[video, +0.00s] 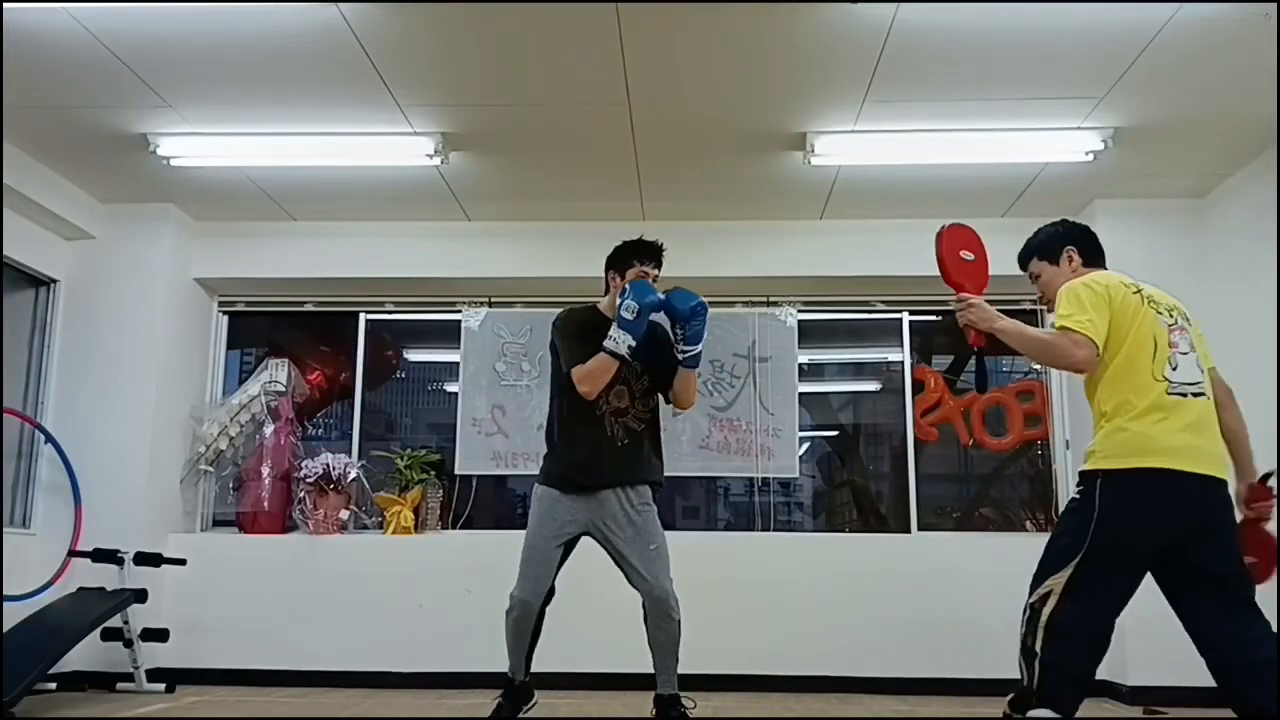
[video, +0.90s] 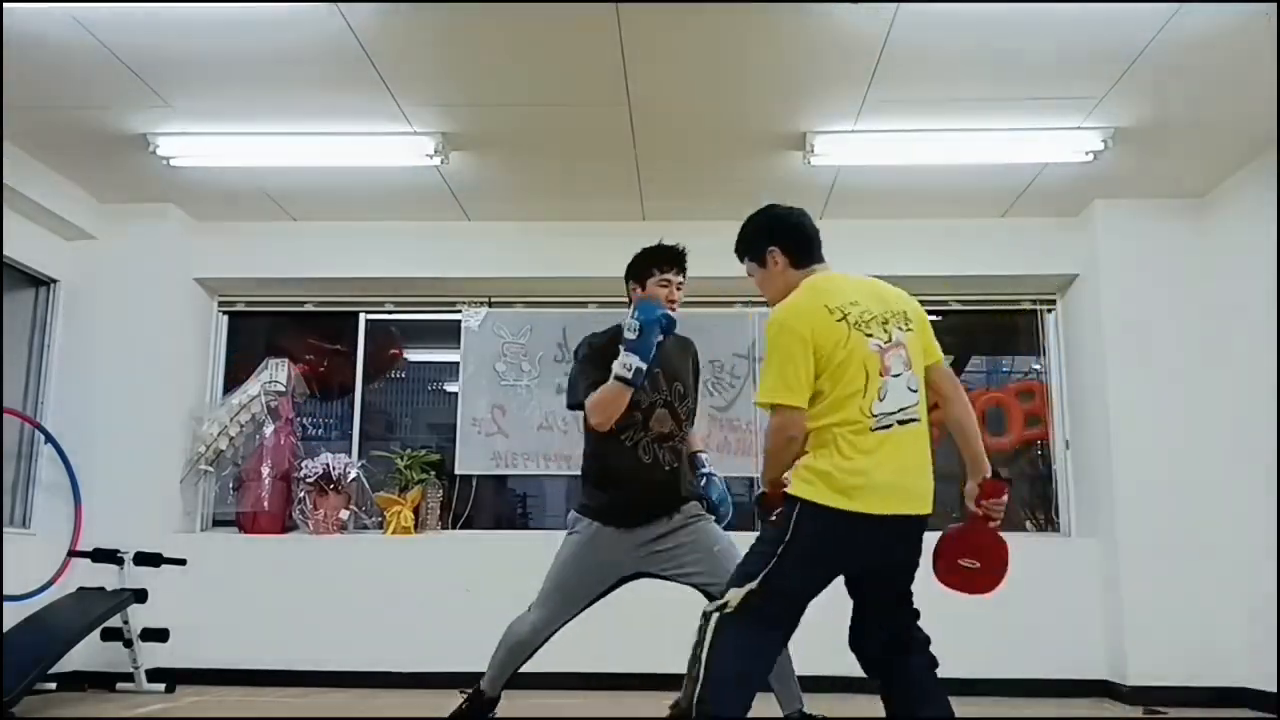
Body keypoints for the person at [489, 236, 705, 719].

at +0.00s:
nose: (646, 289)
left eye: (653, 282)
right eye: (639, 280)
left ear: (658, 287)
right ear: (612, 280)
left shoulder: (656, 333)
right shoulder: (574, 322)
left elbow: (683, 400)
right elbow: (586, 385)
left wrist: (689, 344)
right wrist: (626, 326)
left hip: (628, 491)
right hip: (561, 490)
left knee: (662, 596)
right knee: (525, 598)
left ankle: (668, 698)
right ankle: (517, 687)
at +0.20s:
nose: (664, 297)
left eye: (669, 291)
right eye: (655, 288)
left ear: (672, 298)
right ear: (627, 292)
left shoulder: (672, 349)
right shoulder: (588, 338)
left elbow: (712, 414)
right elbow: (587, 395)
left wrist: (709, 360)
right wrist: (633, 341)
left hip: (660, 507)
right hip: (585, 512)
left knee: (715, 582)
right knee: (538, 613)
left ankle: (737, 690)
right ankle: (521, 697)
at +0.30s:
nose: (694, 301)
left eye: (700, 293)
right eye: (685, 290)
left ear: (703, 300)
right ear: (655, 292)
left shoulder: (708, 351)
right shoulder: (613, 338)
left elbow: (775, 375)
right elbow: (593, 400)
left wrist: (771, 323)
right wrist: (629, 347)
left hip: (674, 515)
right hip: (603, 516)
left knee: (743, 606)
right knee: (552, 618)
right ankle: (546, 698)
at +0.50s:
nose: (713, 304)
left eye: (720, 298)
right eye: (704, 293)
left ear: (722, 307)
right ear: (675, 295)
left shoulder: (730, 359)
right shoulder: (631, 347)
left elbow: (785, 410)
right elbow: (597, 415)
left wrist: (787, 367)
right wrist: (643, 374)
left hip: (697, 525)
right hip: (617, 521)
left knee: (768, 610)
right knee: (548, 612)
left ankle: (824, 708)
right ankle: (545, 695)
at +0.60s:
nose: (660, 304)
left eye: (669, 295)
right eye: (650, 295)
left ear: (680, 302)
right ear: (629, 302)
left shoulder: (703, 357)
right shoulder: (604, 354)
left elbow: (758, 414)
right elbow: (568, 424)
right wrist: (609, 379)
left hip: (683, 523)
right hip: (606, 519)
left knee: (747, 603)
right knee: (531, 605)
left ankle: (809, 709)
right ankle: (493, 697)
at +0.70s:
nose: (640, 321)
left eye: (649, 311)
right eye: (629, 312)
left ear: (661, 319)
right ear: (609, 327)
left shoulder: (688, 381)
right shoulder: (587, 380)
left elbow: (734, 435)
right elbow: (549, 448)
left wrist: (760, 492)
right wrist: (588, 401)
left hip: (670, 550)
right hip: (591, 548)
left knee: (738, 618)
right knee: (515, 634)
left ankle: (796, 701)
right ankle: (481, 706)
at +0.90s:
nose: (674, 296)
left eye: (679, 288)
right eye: (664, 286)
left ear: (681, 294)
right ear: (635, 291)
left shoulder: (684, 352)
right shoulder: (599, 349)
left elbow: (685, 429)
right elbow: (600, 418)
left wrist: (704, 468)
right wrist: (637, 353)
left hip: (679, 523)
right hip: (603, 528)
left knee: (755, 602)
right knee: (540, 621)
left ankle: (797, 713)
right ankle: (482, 698)